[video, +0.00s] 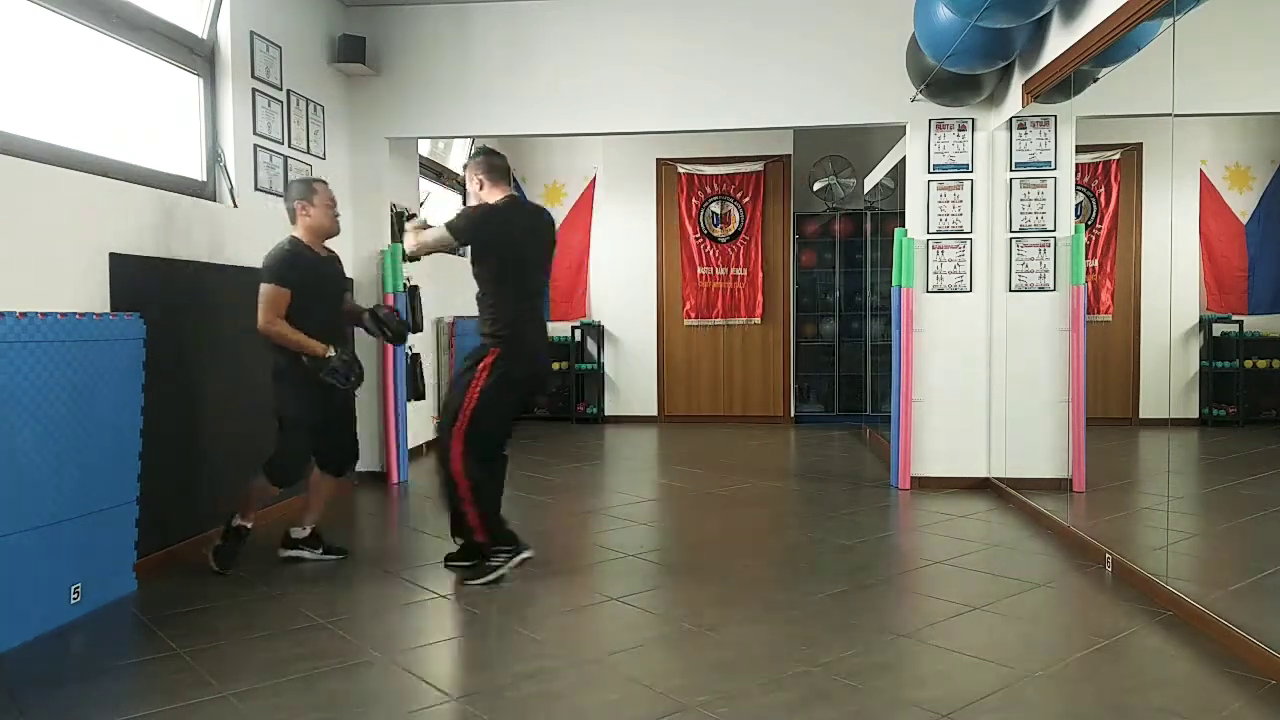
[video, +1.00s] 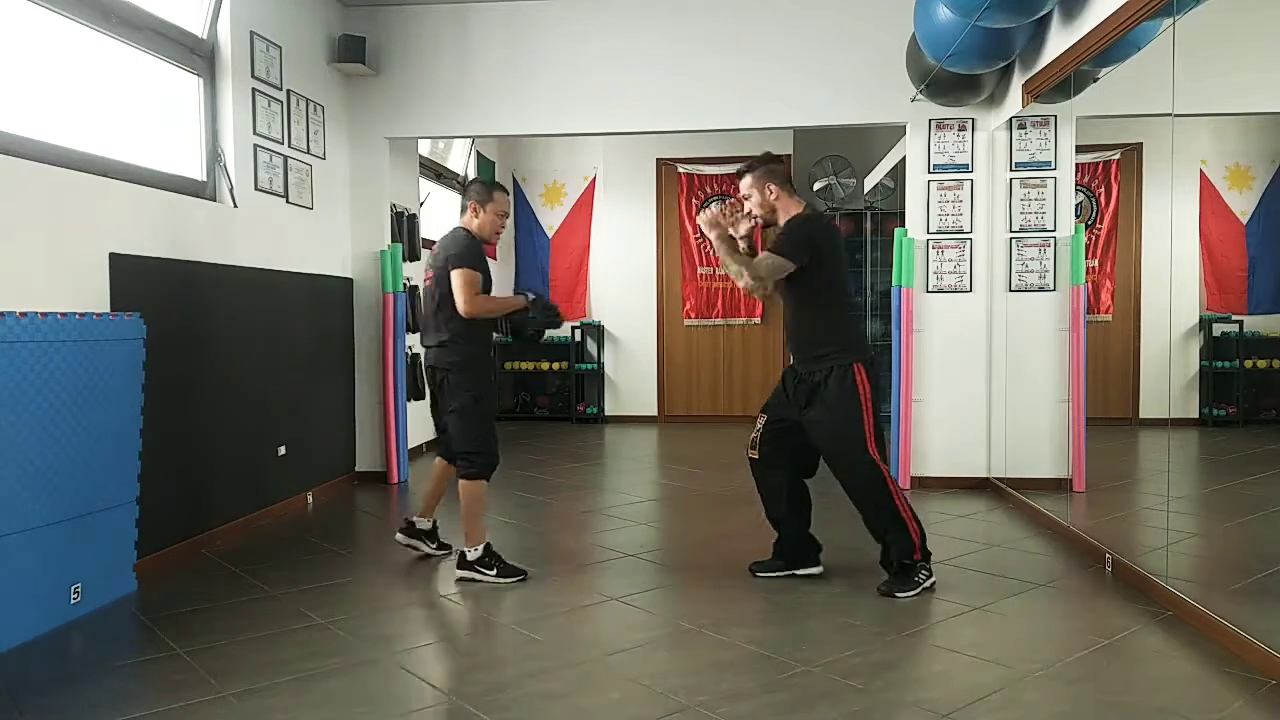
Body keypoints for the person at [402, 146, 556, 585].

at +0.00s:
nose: (467, 192)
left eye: (467, 184)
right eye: (467, 185)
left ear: (479, 180)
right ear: (509, 178)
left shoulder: (479, 218)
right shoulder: (543, 218)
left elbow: (415, 245)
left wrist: (416, 229)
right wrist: (446, 233)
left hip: (501, 351)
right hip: (533, 350)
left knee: (455, 441)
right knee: (488, 444)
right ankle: (478, 543)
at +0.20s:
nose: (523, 198)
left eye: (522, 190)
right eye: (521, 191)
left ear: (534, 183)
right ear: (562, 180)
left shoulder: (540, 223)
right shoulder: (602, 223)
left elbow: (507, 296)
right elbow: (586, 282)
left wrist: (518, 295)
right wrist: (533, 289)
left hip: (569, 357)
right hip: (605, 355)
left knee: (545, 456)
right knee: (573, 448)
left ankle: (587, 558)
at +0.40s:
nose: (584, 205)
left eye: (584, 195)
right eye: (582, 196)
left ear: (597, 186)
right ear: (613, 184)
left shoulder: (631, 216)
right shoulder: (643, 220)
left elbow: (650, 271)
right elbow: (629, 288)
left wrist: (605, 304)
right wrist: (602, 254)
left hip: (645, 354)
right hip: (675, 352)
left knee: (604, 452)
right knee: (689, 452)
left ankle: (592, 559)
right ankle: (753, 541)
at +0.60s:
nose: (649, 213)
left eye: (648, 204)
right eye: (645, 206)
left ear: (666, 195)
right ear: (671, 195)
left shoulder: (704, 226)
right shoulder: (696, 231)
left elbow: (720, 279)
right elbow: (709, 288)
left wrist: (658, 295)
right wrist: (670, 276)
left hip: (732, 358)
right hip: (746, 357)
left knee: (691, 453)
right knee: (752, 455)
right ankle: (781, 555)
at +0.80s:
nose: (704, 200)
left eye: (705, 190)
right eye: (701, 193)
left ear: (726, 179)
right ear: (729, 180)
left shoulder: (759, 210)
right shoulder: (744, 218)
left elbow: (715, 272)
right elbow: (718, 269)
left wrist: (690, 236)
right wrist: (702, 237)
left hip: (793, 353)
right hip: (766, 356)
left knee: (819, 454)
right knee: (761, 454)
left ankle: (897, 547)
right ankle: (777, 554)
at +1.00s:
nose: (747, 209)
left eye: (748, 198)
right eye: (743, 201)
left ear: (772, 189)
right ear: (774, 192)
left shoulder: (806, 228)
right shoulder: (789, 232)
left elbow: (754, 279)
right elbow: (762, 284)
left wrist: (719, 236)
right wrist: (733, 238)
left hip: (842, 371)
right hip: (804, 373)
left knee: (860, 467)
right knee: (769, 454)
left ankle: (911, 563)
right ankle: (798, 553)